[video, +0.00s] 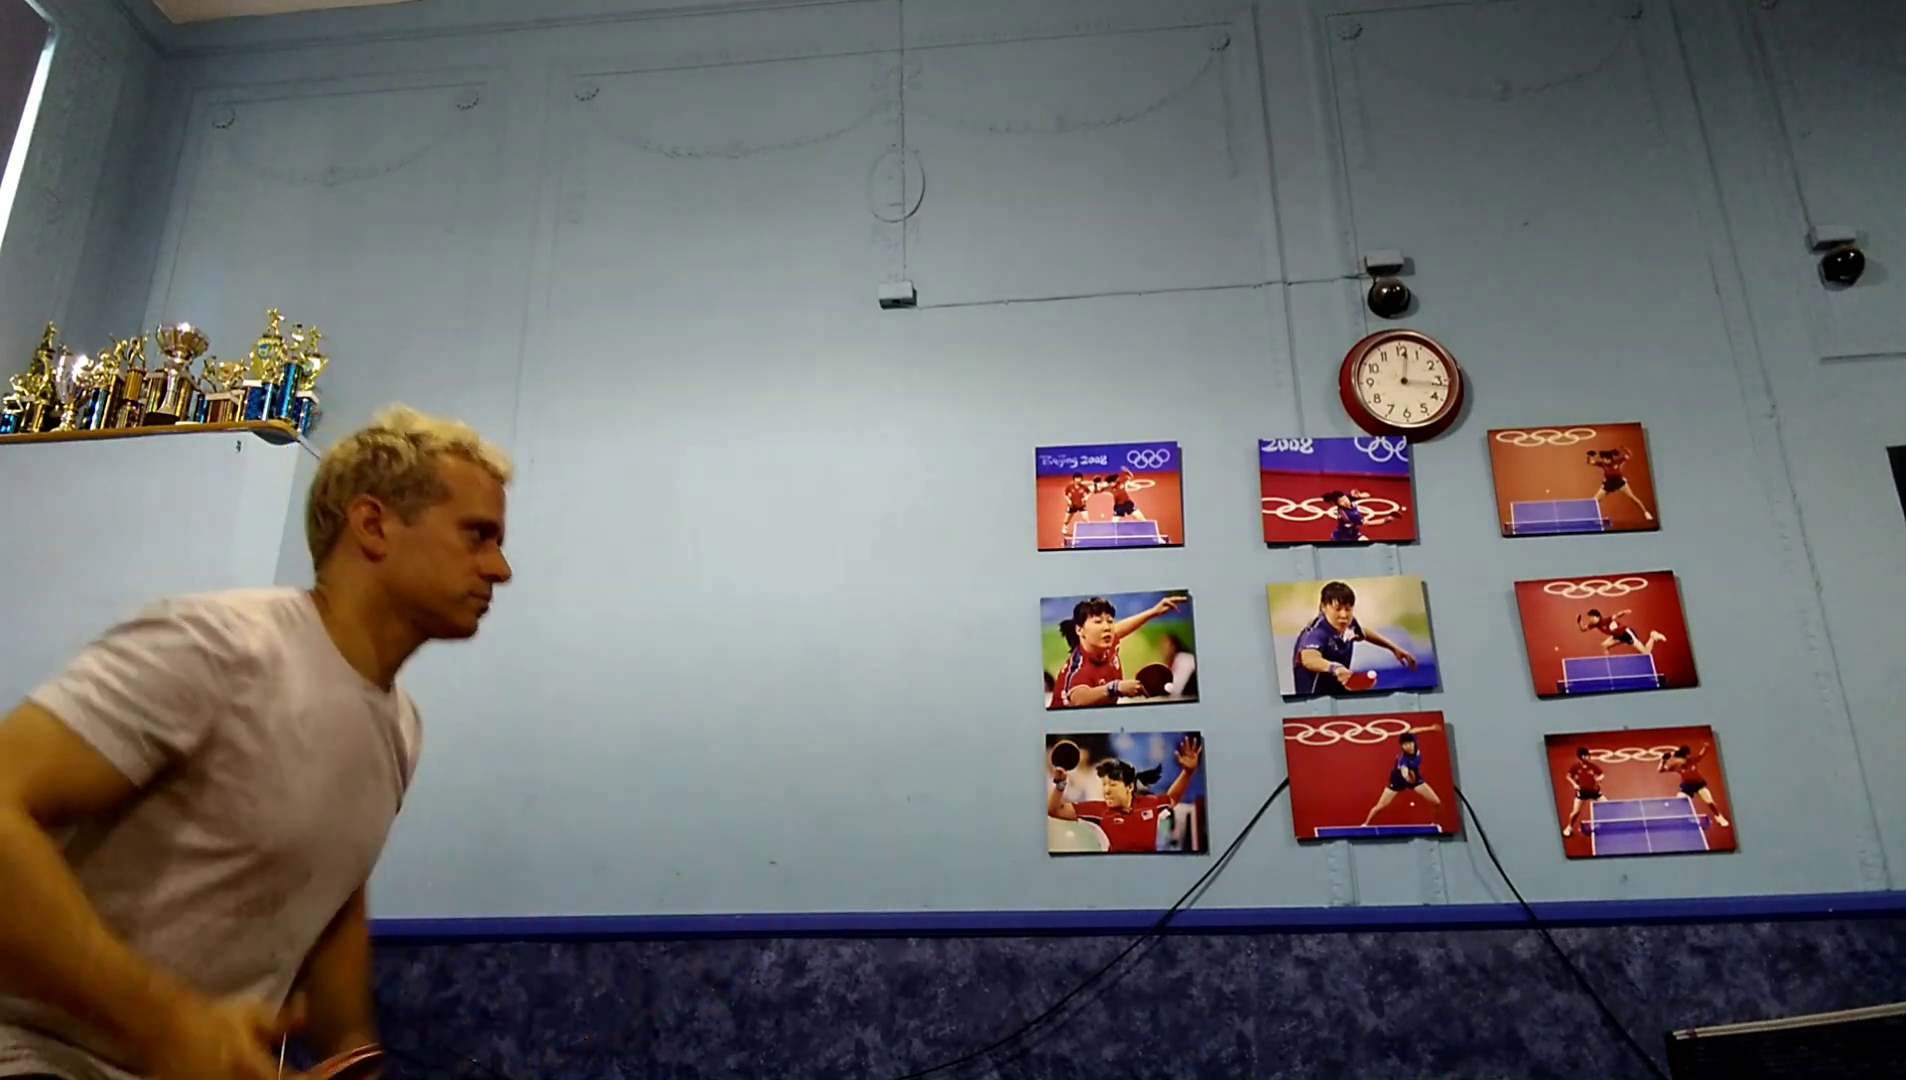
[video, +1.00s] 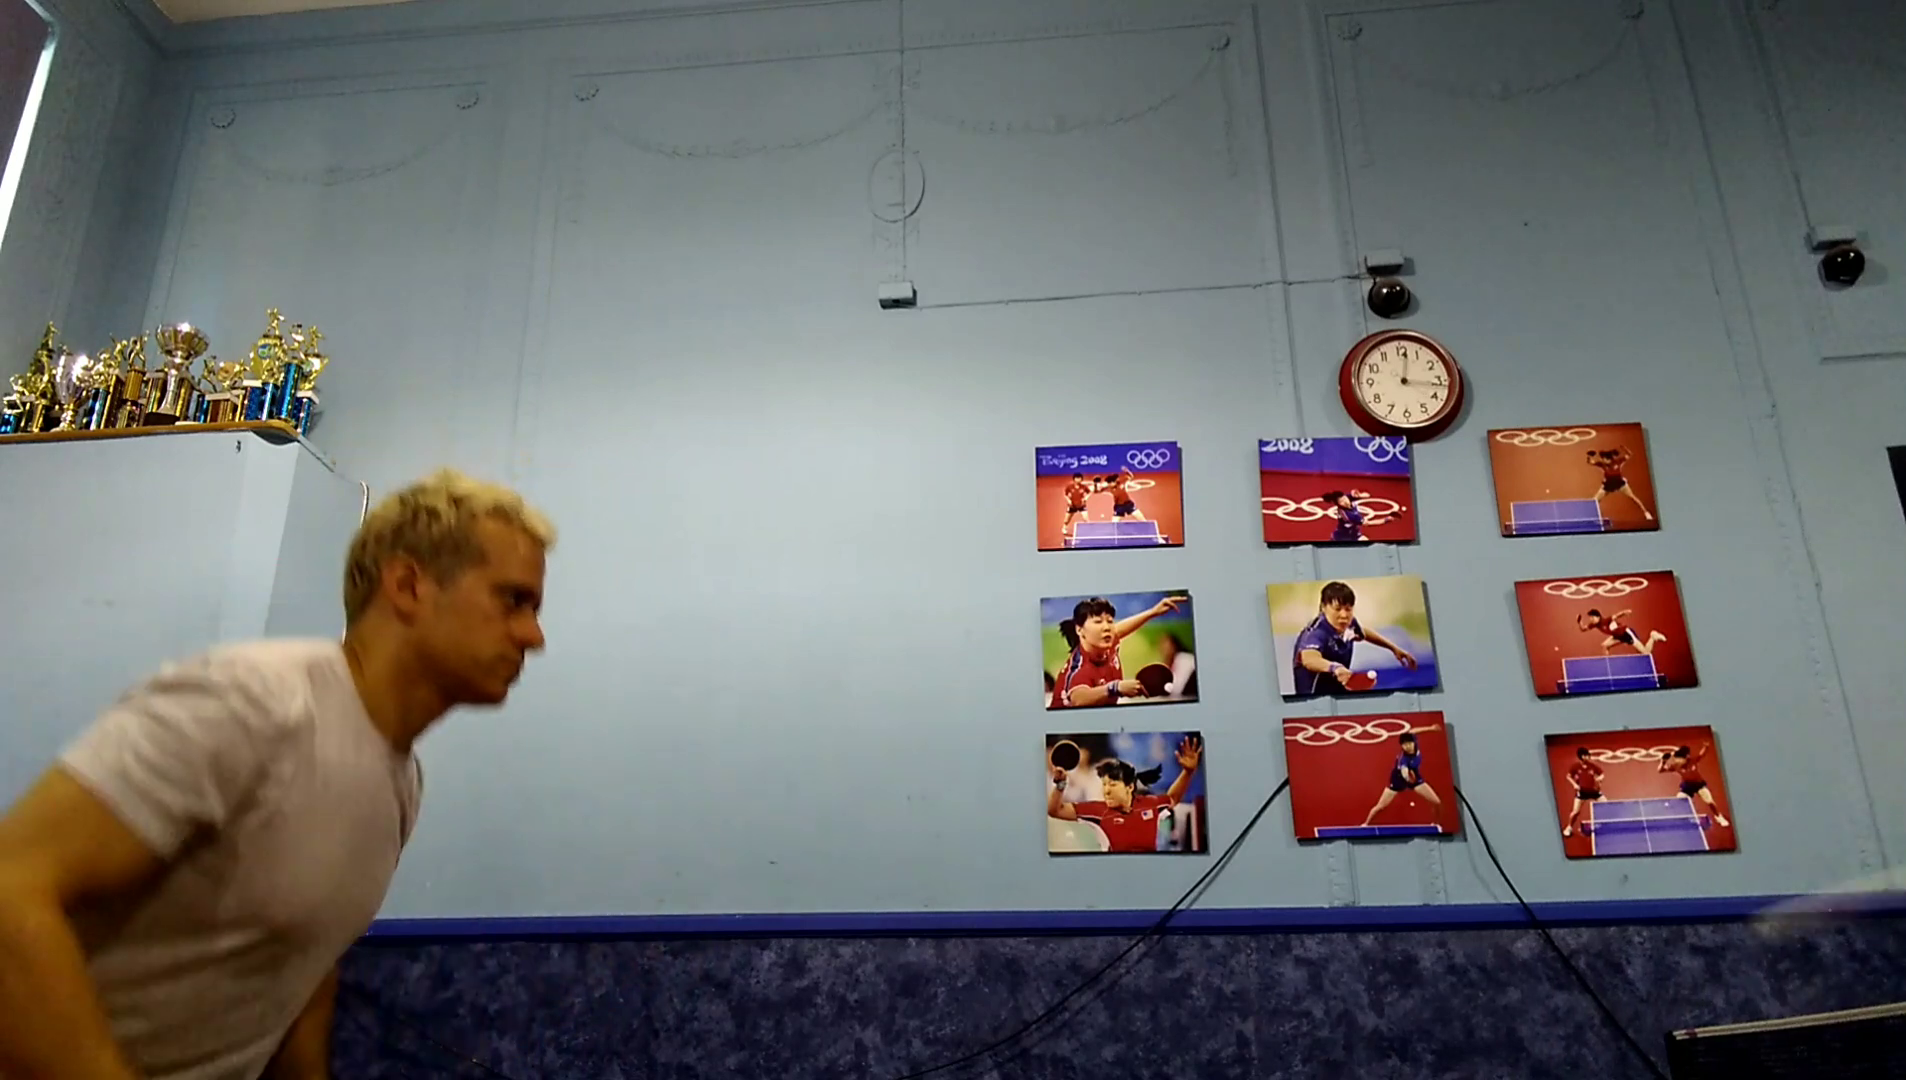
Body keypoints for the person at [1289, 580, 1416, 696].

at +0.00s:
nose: (1344, 615)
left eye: (1348, 609)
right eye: (1338, 609)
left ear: (1353, 609)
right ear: (1324, 608)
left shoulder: (1349, 624)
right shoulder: (1315, 633)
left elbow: (1364, 634)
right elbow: (1309, 660)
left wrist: (1395, 649)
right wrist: (1335, 668)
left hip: (1341, 705)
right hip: (1314, 708)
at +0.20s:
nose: (1344, 615)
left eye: (1348, 609)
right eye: (1338, 609)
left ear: (1353, 609)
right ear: (1324, 608)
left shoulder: (1349, 624)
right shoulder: (1315, 632)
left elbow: (1364, 634)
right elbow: (1309, 660)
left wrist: (1395, 649)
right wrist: (1335, 668)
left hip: (1341, 704)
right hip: (1314, 708)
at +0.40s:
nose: (1344, 615)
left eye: (1348, 609)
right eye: (1338, 609)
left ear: (1353, 609)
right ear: (1324, 608)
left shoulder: (1349, 624)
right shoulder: (1315, 632)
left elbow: (1364, 634)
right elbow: (1309, 660)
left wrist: (1395, 649)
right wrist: (1335, 668)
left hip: (1341, 704)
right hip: (1314, 708)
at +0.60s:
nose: (1344, 615)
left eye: (1348, 609)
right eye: (1338, 609)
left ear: (1353, 609)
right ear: (1324, 608)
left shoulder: (1349, 624)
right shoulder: (1315, 632)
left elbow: (1364, 634)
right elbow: (1309, 660)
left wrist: (1395, 649)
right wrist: (1335, 668)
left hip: (1341, 704)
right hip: (1314, 708)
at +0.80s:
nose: (1344, 615)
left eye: (1348, 609)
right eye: (1338, 609)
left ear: (1353, 609)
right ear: (1324, 608)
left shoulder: (1349, 624)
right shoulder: (1315, 633)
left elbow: (1364, 633)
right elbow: (1309, 660)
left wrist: (1394, 649)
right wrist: (1335, 668)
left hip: (1341, 703)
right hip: (1314, 708)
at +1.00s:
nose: (1344, 615)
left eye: (1348, 609)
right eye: (1338, 609)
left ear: (1353, 609)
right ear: (1324, 608)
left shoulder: (1349, 624)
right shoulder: (1315, 633)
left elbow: (1364, 634)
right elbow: (1309, 660)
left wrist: (1395, 649)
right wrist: (1335, 668)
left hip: (1341, 704)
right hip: (1314, 708)